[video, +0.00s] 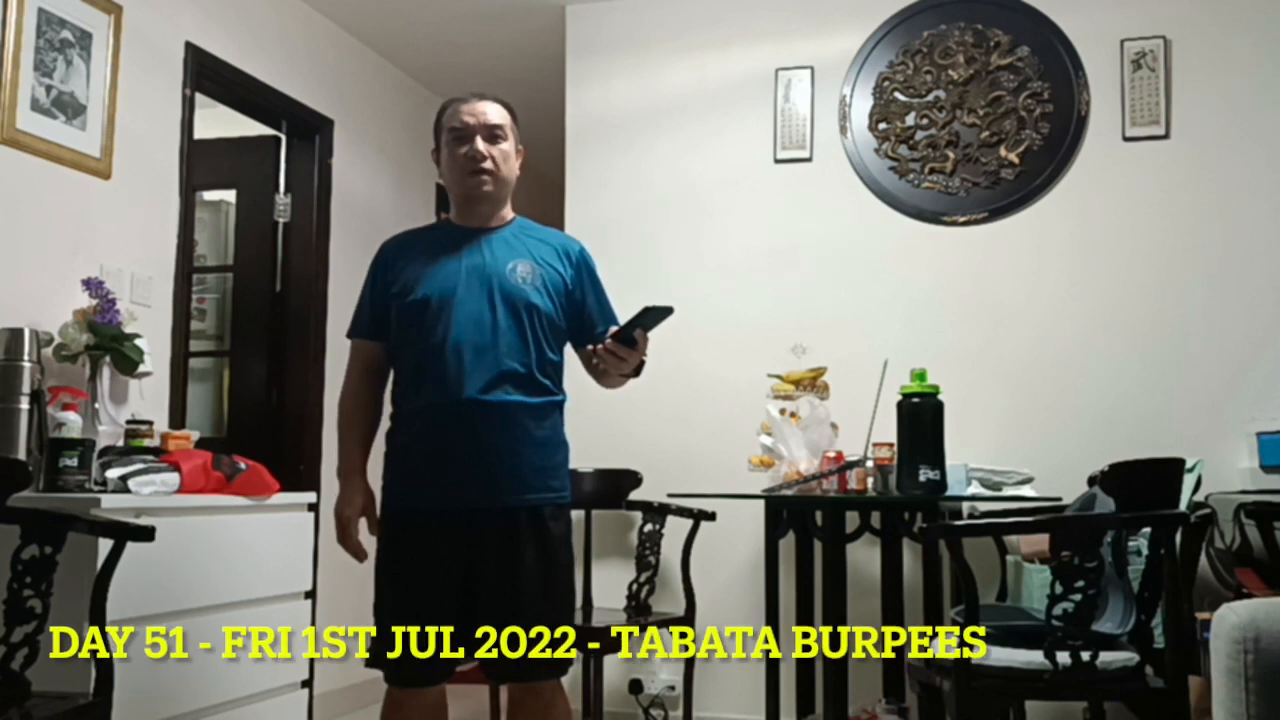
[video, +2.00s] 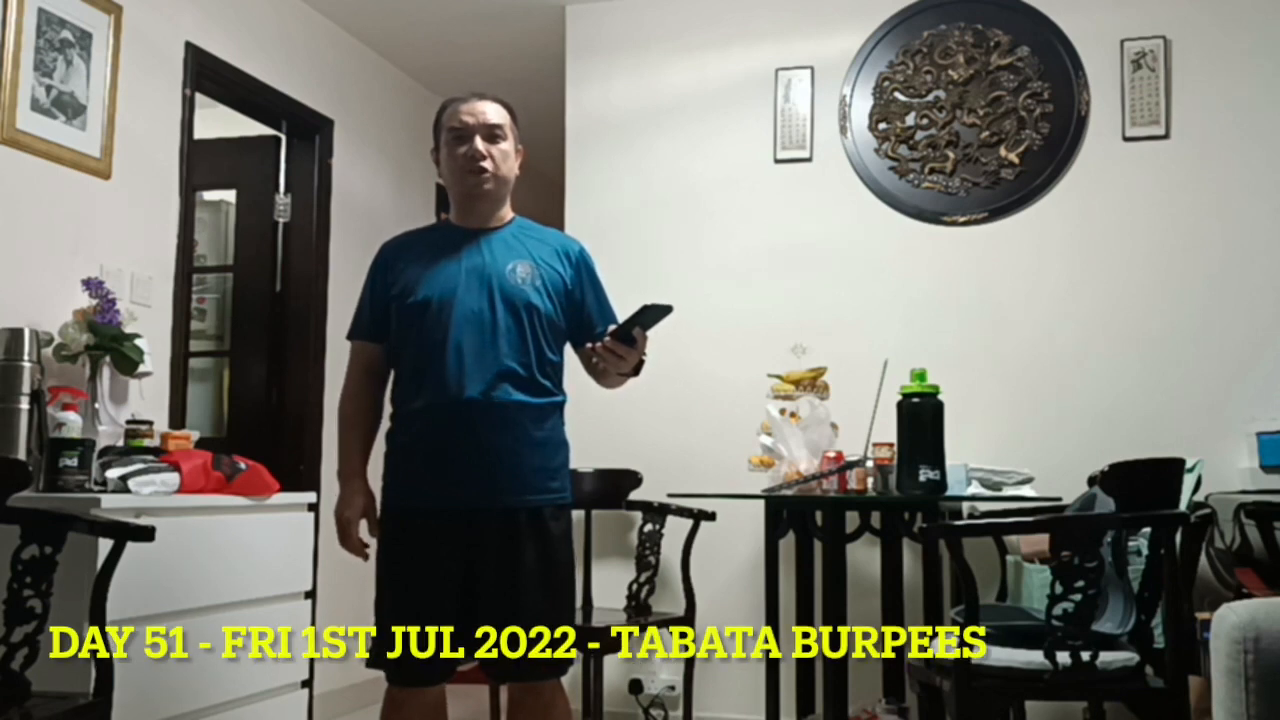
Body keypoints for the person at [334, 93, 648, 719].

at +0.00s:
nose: (478, 146)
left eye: (494, 135)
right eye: (460, 137)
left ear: (519, 159)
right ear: (438, 162)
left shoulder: (563, 253)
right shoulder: (400, 256)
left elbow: (603, 362)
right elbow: (365, 374)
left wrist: (622, 362)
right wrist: (352, 475)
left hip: (528, 496)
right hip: (422, 495)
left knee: (536, 680)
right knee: (412, 681)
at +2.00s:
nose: (477, 146)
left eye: (493, 135)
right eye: (460, 137)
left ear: (519, 159)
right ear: (438, 161)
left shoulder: (562, 254)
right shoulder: (400, 257)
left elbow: (602, 362)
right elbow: (365, 376)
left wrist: (622, 362)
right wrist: (352, 477)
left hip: (529, 497)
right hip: (422, 496)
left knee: (536, 680)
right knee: (413, 680)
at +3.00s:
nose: (543, 185)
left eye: (559, 167)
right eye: (523, 163)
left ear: (571, 171)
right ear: (481, 158)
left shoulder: (594, 274)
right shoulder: (416, 256)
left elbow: (638, 390)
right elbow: (362, 364)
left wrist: (653, 400)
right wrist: (352, 466)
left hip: (543, 521)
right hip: (428, 512)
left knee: (577, 700)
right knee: (398, 701)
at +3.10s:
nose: (594, 190)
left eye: (612, 172)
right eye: (574, 165)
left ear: (624, 175)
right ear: (531, 158)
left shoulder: (639, 286)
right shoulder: (459, 250)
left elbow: (679, 397)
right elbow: (398, 361)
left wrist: (691, 429)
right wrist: (379, 466)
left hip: (575, 528)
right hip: (458, 517)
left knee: (599, 704)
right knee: (408, 696)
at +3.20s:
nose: (651, 210)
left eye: (672, 189)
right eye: (632, 181)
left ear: (685, 186)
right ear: (587, 165)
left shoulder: (690, 303)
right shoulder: (508, 247)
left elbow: (727, 415)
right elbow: (435, 362)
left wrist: (733, 457)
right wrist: (415, 477)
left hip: (610, 533)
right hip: (489, 519)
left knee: (635, 705)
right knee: (436, 702)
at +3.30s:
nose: (701, 239)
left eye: (723, 219)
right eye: (682, 209)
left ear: (738, 214)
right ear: (633, 186)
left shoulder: (732, 331)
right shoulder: (542, 252)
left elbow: (777, 454)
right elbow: (464, 355)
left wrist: (776, 501)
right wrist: (447, 490)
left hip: (637, 540)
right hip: (511, 525)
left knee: (661, 707)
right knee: (460, 705)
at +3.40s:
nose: (739, 269)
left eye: (763, 249)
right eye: (719, 236)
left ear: (776, 245)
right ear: (669, 208)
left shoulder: (763, 363)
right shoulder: (570, 261)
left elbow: (808, 493)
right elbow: (485, 353)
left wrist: (807, 554)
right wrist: (475, 486)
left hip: (656, 544)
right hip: (532, 526)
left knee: (671, 710)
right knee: (470, 704)